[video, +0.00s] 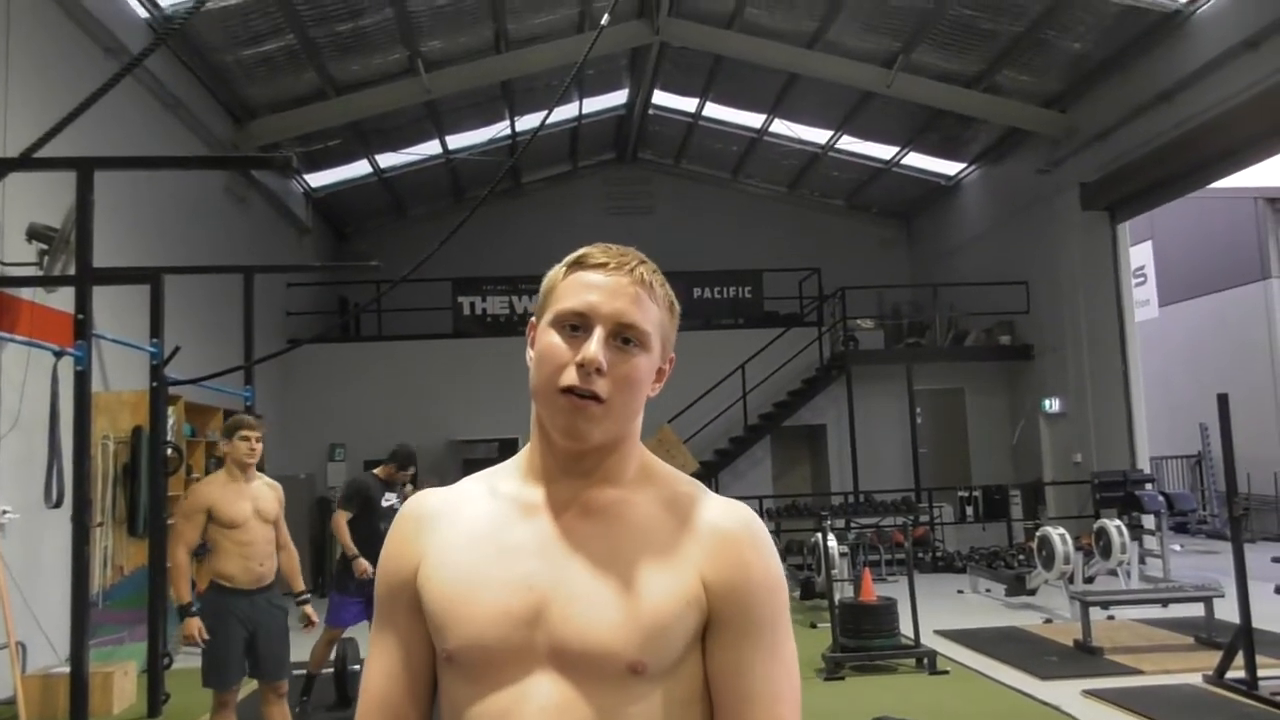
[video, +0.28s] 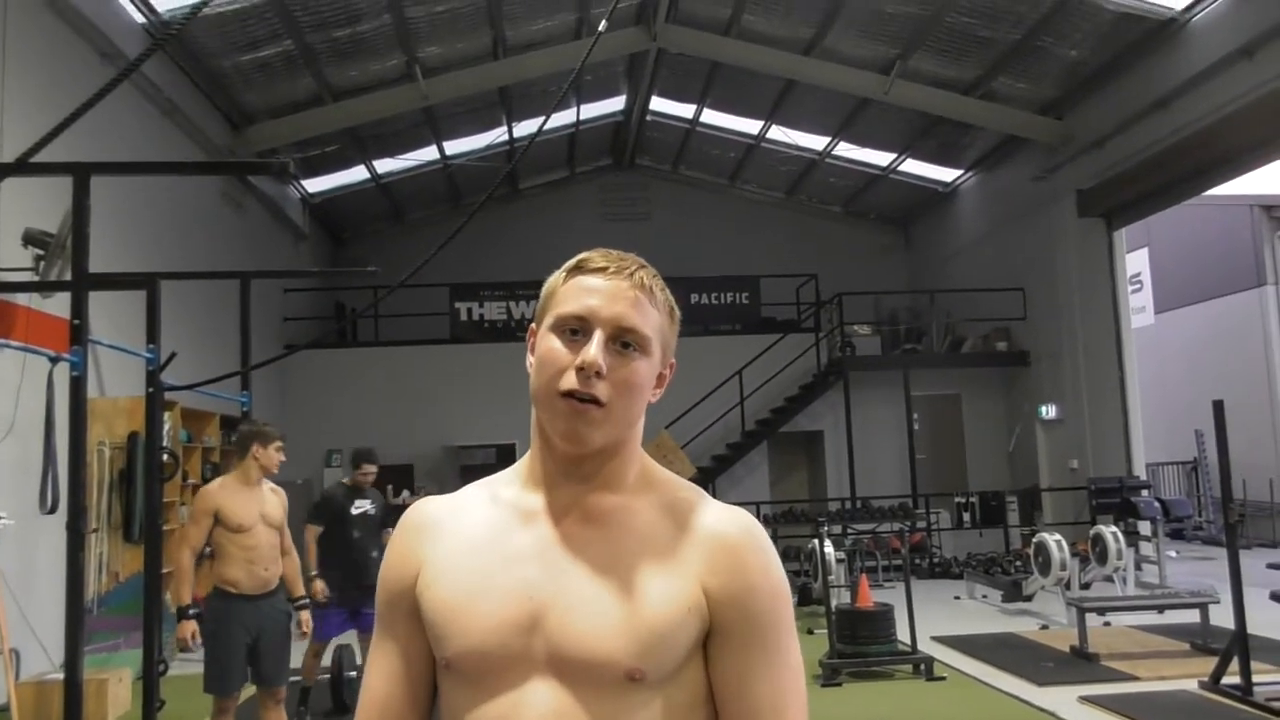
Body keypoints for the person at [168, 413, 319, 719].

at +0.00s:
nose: (253, 446)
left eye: (258, 441)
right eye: (245, 440)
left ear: (263, 446)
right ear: (225, 446)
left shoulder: (273, 489)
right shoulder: (204, 492)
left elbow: (285, 547)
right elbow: (179, 550)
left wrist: (303, 599)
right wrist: (187, 612)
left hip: (269, 601)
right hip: (224, 604)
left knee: (278, 690)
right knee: (226, 700)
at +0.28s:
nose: (282, 457)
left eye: (282, 450)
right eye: (277, 450)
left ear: (260, 453)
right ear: (256, 452)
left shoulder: (278, 495)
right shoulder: (212, 494)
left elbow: (287, 553)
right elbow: (186, 551)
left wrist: (302, 604)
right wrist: (185, 613)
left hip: (273, 606)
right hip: (228, 608)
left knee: (276, 697)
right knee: (226, 703)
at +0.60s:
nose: (296, 466)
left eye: (297, 459)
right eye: (291, 458)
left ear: (273, 459)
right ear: (269, 457)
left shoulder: (287, 502)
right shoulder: (227, 497)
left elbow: (296, 559)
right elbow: (197, 554)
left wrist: (316, 608)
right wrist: (201, 616)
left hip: (279, 611)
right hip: (236, 614)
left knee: (274, 701)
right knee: (228, 705)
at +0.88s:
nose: (312, 473)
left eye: (314, 467)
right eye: (307, 465)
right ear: (284, 463)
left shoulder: (303, 508)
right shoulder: (248, 501)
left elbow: (309, 568)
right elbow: (204, 549)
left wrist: (321, 621)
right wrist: (224, 604)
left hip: (297, 617)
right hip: (255, 620)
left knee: (282, 704)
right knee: (238, 708)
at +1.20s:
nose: (334, 481)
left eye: (336, 475)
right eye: (329, 473)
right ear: (306, 469)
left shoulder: (324, 515)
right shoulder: (269, 505)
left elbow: (331, 574)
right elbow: (225, 547)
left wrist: (340, 628)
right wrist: (238, 602)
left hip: (316, 618)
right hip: (278, 620)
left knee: (303, 705)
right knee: (294, 708)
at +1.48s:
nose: (357, 489)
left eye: (360, 483)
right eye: (353, 480)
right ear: (330, 476)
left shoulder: (347, 520)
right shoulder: (295, 513)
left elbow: (354, 579)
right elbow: (254, 563)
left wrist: (361, 631)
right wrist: (265, 621)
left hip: (336, 625)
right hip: (304, 627)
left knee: (300, 707)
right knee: (337, 710)